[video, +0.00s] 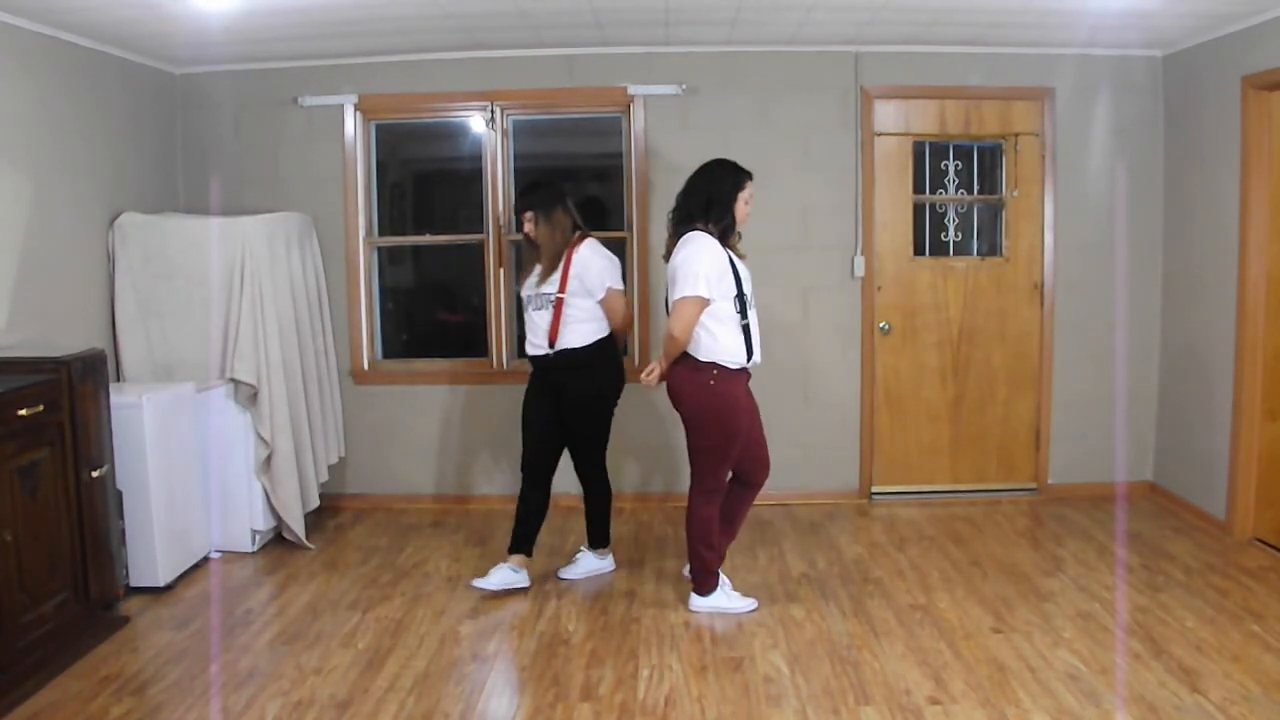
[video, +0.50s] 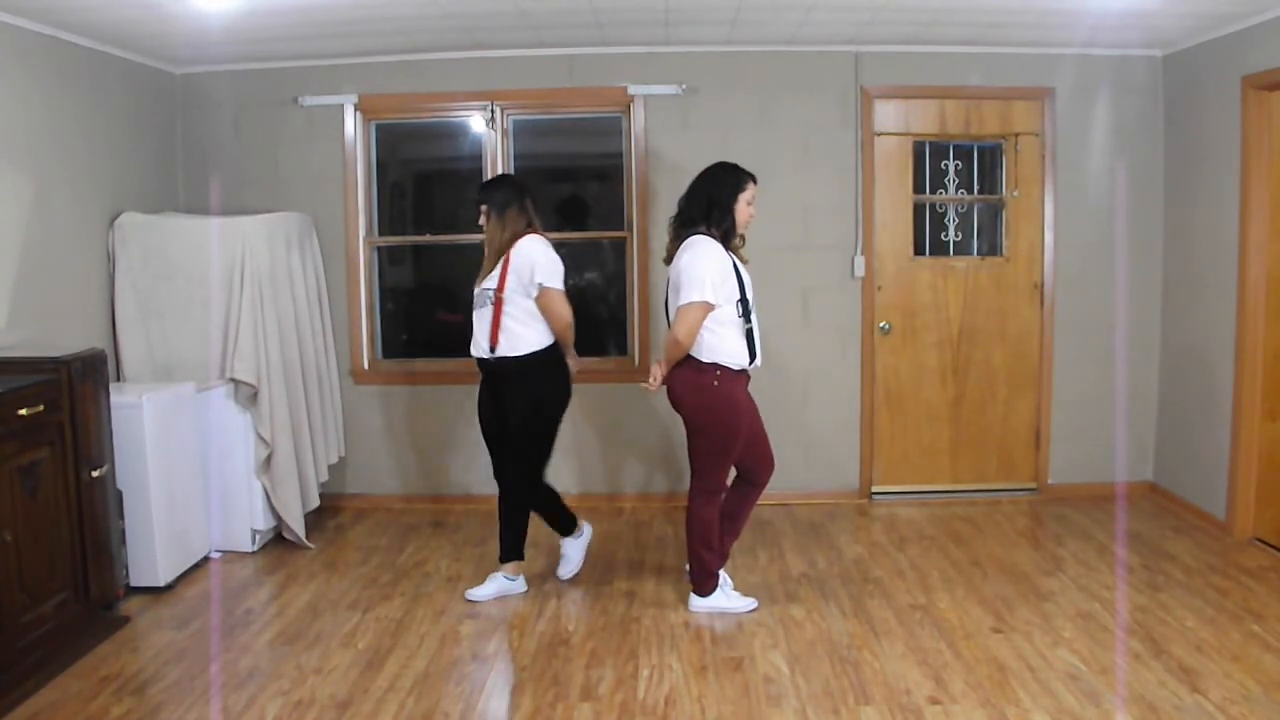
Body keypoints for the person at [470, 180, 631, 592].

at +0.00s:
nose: (526, 232)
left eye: (529, 222)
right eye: (523, 224)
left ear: (547, 217)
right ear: (548, 220)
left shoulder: (591, 255)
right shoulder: (542, 263)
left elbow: (620, 317)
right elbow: (547, 323)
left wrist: (601, 347)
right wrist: (586, 343)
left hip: (590, 371)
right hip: (547, 373)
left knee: (590, 464)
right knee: (536, 468)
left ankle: (599, 553)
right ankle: (517, 562)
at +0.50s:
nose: (481, 217)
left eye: (485, 209)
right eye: (481, 210)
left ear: (504, 210)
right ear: (512, 208)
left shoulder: (533, 248)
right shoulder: (497, 254)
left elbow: (560, 315)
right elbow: (508, 318)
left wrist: (568, 351)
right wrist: (560, 351)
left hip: (536, 373)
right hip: (498, 375)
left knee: (524, 476)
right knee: (508, 473)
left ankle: (575, 531)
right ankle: (512, 570)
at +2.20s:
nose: (511, 215)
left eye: (514, 206)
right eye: (512, 206)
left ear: (528, 207)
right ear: (554, 205)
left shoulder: (535, 250)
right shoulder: (575, 249)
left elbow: (568, 317)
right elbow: (598, 315)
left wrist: (604, 356)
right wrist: (605, 357)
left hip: (556, 373)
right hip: (584, 370)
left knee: (539, 483)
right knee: (581, 477)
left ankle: (572, 588)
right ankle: (584, 574)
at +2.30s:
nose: (511, 213)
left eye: (515, 204)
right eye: (511, 204)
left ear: (530, 205)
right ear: (555, 204)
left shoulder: (535, 250)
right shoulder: (577, 249)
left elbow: (568, 318)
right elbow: (599, 314)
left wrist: (604, 356)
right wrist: (606, 357)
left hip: (556, 374)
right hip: (583, 371)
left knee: (555, 481)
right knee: (579, 475)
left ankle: (574, 592)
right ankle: (584, 575)